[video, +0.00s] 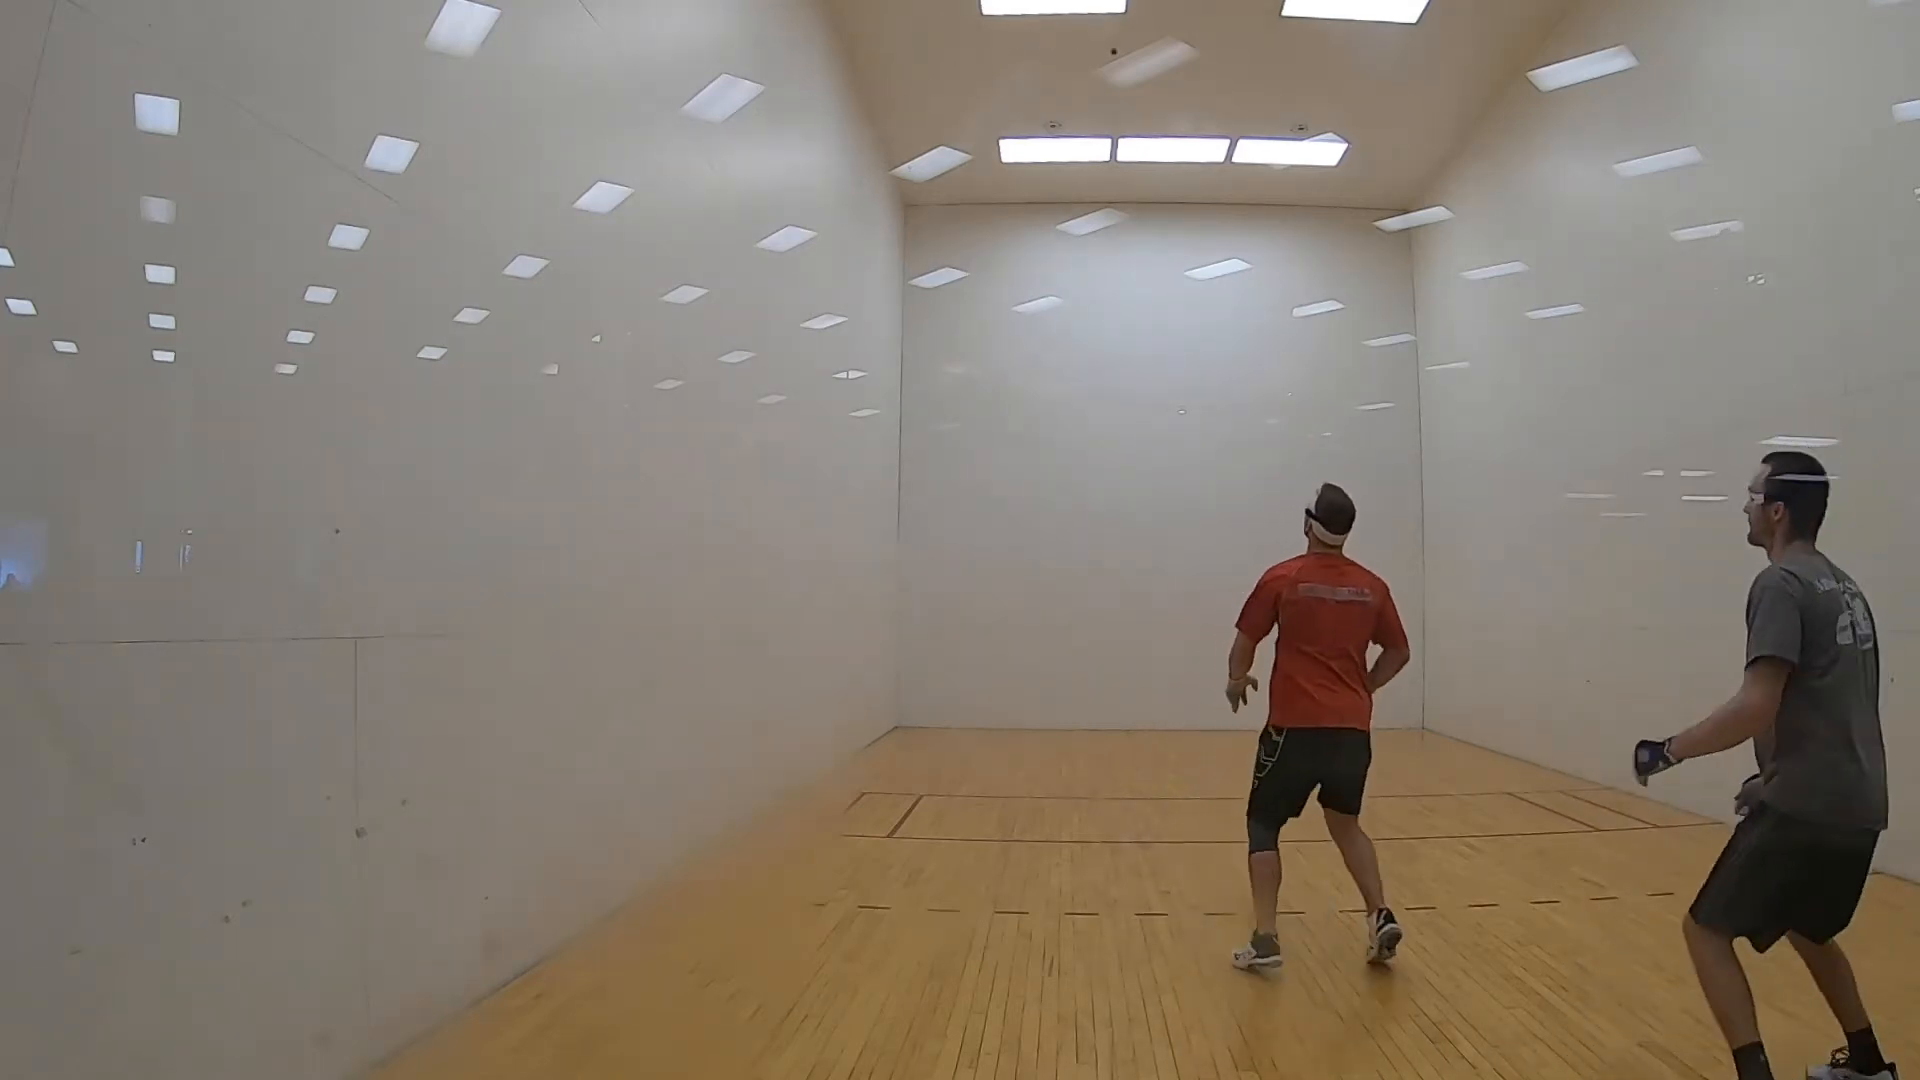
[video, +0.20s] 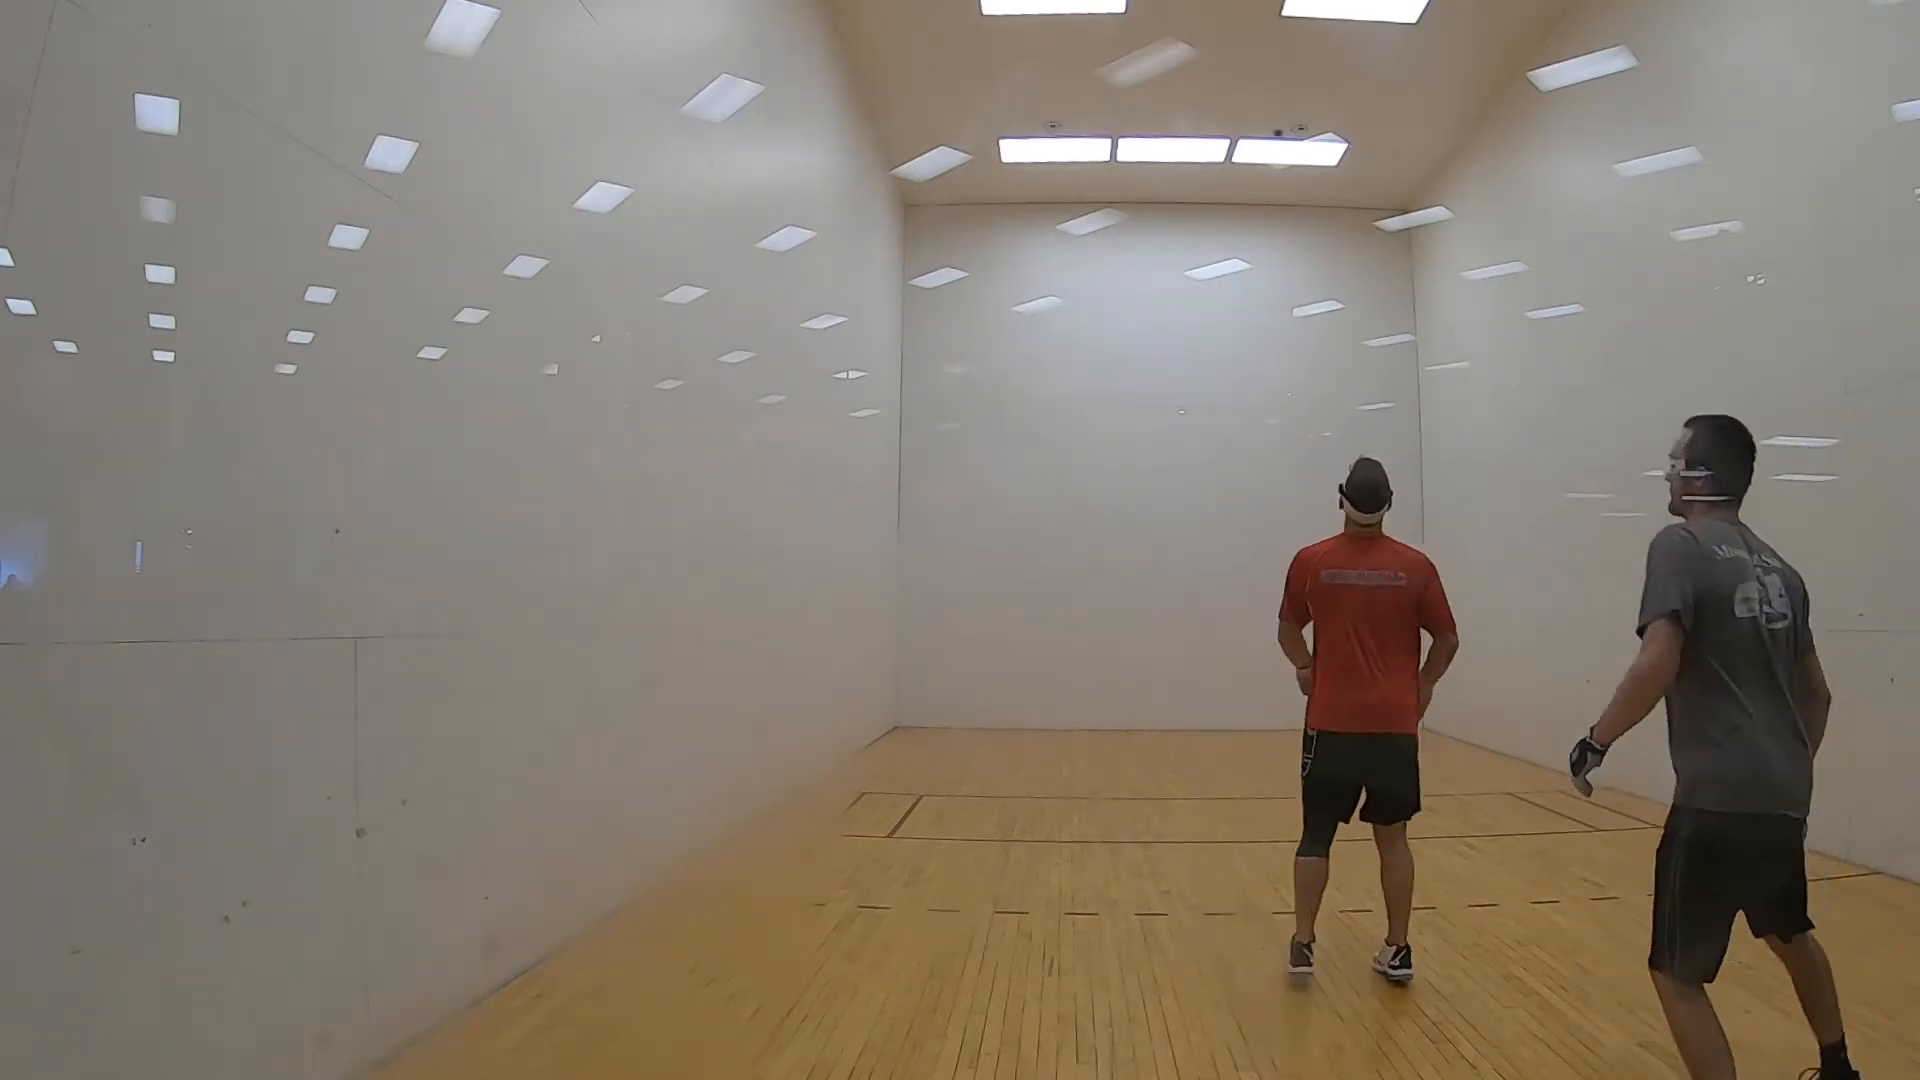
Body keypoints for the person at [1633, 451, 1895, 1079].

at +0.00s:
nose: (1745, 507)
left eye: (1752, 497)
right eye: (1750, 496)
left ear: (1777, 511)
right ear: (1804, 514)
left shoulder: (1781, 583)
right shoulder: (1843, 585)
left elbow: (1757, 706)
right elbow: (1841, 709)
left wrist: (1667, 750)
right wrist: (1777, 778)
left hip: (1800, 803)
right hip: (1857, 804)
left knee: (1705, 926)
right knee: (1806, 924)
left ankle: (1754, 1074)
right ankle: (1867, 1058)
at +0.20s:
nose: (1667, 475)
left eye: (1674, 464)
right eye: (1671, 462)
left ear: (1693, 475)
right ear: (1740, 483)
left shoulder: (1678, 543)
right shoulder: (1780, 568)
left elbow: (1658, 664)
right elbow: (1815, 695)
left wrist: (1597, 739)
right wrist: (1786, 775)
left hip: (1713, 797)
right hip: (1785, 797)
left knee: (1675, 971)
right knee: (1789, 928)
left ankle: (1717, 1079)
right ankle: (1838, 1065)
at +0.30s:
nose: (1621, 438)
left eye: (1627, 425)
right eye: (1624, 424)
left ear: (1649, 431)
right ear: (1695, 437)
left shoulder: (1634, 497)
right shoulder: (1738, 528)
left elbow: (1627, 620)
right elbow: (1771, 662)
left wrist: (1579, 723)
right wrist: (1755, 764)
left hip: (1661, 771)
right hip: (1736, 774)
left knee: (1639, 943)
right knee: (1714, 933)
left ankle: (1692, 1078)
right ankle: (1781, 1071)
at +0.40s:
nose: (1569, 435)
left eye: (1573, 422)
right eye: (1571, 421)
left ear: (1596, 426)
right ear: (1644, 430)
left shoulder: (1586, 495)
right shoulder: (1695, 523)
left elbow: (1595, 619)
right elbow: (1725, 660)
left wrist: (1533, 733)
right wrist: (1688, 746)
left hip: (1600, 773)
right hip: (1685, 777)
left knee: (1552, 946)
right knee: (1661, 956)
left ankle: (1593, 1075)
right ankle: (1699, 1076)